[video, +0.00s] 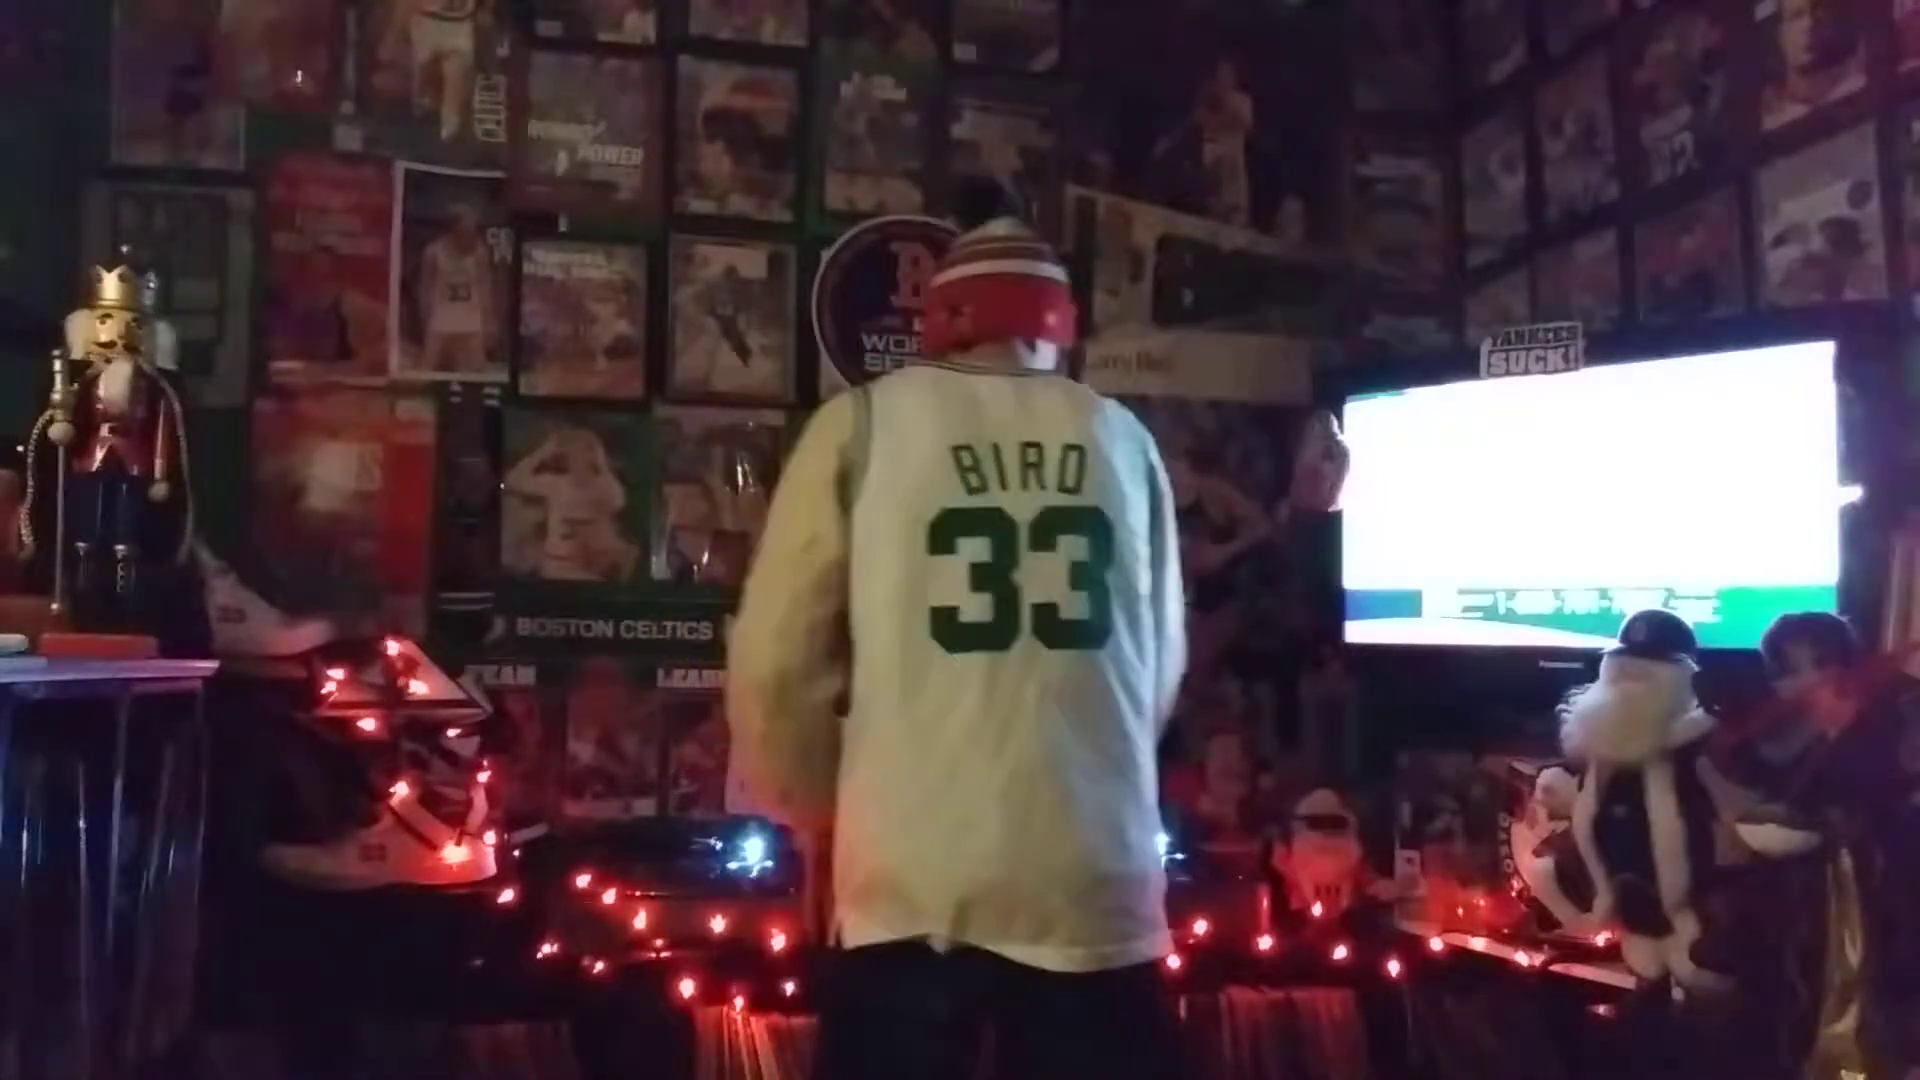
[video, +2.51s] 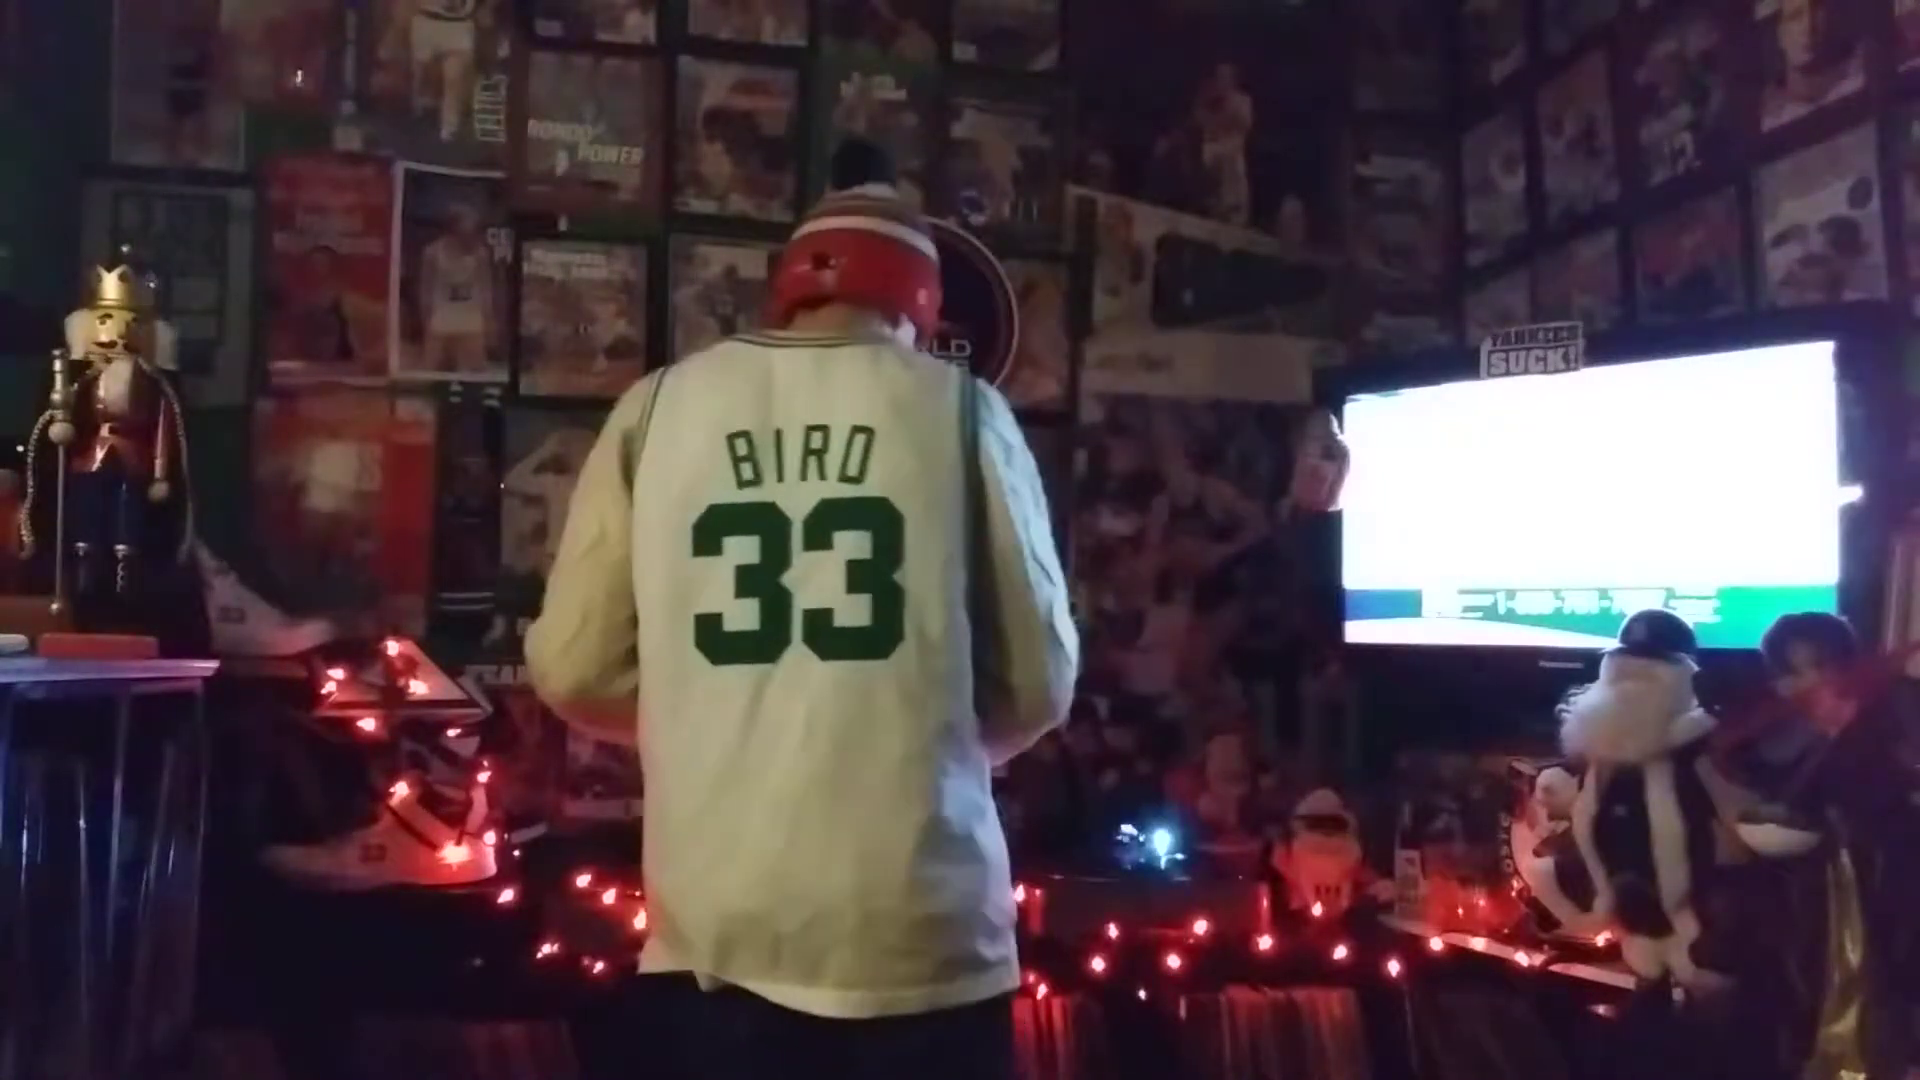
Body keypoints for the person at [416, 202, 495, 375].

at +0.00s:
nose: (467, 237)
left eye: (470, 232)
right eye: (462, 232)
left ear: (475, 232)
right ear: (452, 230)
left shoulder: (480, 252)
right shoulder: (435, 253)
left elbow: (486, 289)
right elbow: (426, 287)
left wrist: (489, 322)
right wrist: (427, 317)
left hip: (472, 328)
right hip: (440, 328)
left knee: (474, 380)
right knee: (433, 379)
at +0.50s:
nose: (466, 237)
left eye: (470, 231)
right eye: (462, 231)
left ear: (475, 231)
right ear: (452, 230)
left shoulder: (480, 253)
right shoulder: (434, 253)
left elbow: (486, 291)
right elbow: (425, 288)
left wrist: (490, 324)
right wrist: (427, 319)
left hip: (472, 330)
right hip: (440, 329)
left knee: (473, 382)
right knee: (434, 381)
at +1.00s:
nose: (467, 235)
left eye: (471, 230)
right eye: (463, 230)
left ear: (476, 230)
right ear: (453, 228)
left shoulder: (480, 252)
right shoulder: (434, 252)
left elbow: (486, 288)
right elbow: (425, 287)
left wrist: (489, 321)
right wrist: (426, 316)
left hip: (471, 327)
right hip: (440, 326)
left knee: (472, 378)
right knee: (432, 378)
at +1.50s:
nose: (467, 236)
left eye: (471, 231)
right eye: (463, 231)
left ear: (476, 231)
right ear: (453, 229)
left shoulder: (481, 253)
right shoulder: (433, 253)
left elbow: (486, 291)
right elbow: (425, 288)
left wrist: (490, 325)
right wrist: (427, 317)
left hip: (471, 324)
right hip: (440, 324)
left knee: (473, 376)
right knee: (433, 376)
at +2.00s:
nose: (466, 237)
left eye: (470, 232)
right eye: (462, 231)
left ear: (475, 231)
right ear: (453, 229)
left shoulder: (480, 252)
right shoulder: (434, 252)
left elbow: (486, 287)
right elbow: (426, 285)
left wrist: (488, 320)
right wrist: (425, 312)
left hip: (471, 324)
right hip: (440, 323)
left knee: (473, 375)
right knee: (433, 375)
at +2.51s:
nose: (467, 236)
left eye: (471, 231)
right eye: (463, 231)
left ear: (476, 231)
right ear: (453, 230)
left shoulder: (480, 253)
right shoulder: (433, 253)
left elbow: (486, 289)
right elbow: (426, 289)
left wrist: (489, 322)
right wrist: (426, 320)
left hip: (472, 326)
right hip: (440, 326)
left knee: (473, 379)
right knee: (433, 379)